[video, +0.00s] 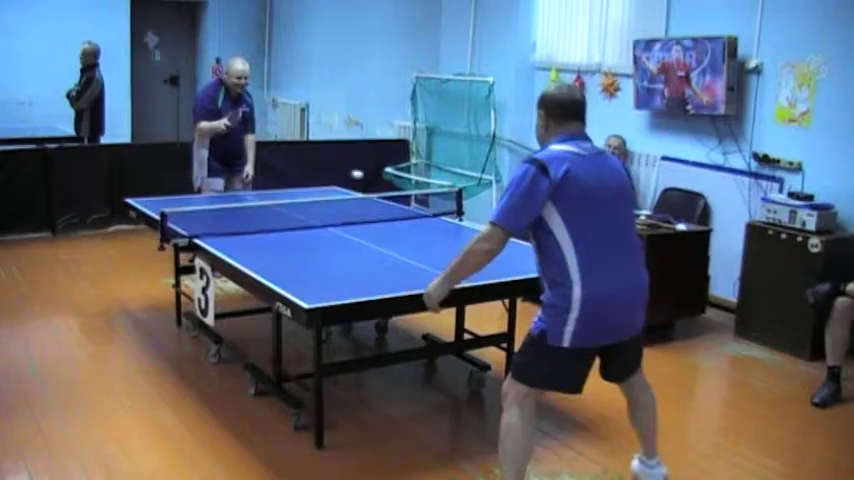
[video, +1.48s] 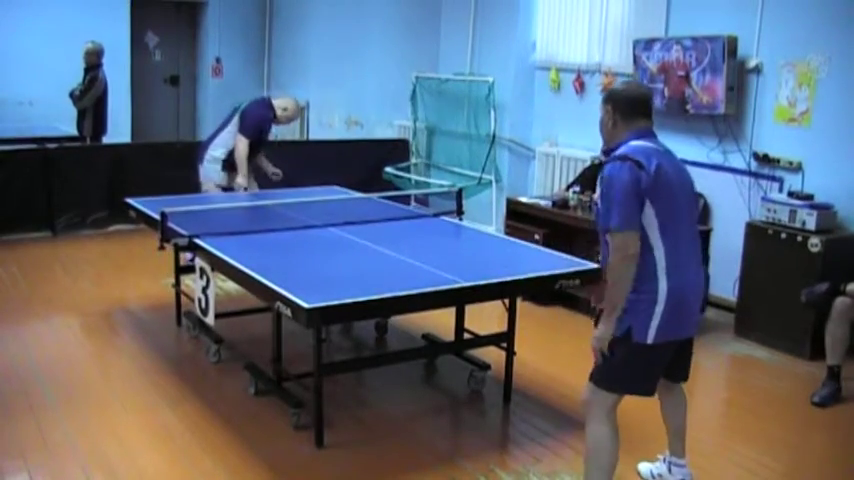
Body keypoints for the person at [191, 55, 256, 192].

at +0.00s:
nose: (242, 83)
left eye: (245, 78)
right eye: (238, 78)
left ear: (248, 78)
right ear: (225, 76)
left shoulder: (246, 98)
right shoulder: (209, 94)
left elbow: (249, 134)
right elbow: (200, 127)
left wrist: (250, 164)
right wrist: (219, 125)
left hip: (238, 158)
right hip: (214, 158)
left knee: (238, 207)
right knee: (211, 207)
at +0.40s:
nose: (238, 87)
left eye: (241, 82)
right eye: (233, 83)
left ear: (246, 82)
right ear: (224, 83)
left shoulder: (254, 103)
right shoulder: (210, 103)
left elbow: (266, 137)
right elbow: (202, 134)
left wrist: (266, 169)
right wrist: (214, 152)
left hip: (243, 167)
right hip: (210, 167)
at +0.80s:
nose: (232, 101)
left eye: (234, 96)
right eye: (227, 96)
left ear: (236, 96)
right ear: (214, 95)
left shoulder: (236, 111)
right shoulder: (199, 117)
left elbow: (250, 136)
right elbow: (198, 152)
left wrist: (271, 154)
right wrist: (230, 169)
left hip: (225, 168)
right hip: (196, 169)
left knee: (248, 203)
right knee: (187, 207)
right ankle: (174, 253)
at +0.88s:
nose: (245, 102)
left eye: (247, 98)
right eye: (242, 97)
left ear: (243, 96)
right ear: (228, 94)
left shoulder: (238, 111)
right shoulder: (209, 113)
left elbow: (252, 131)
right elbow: (207, 149)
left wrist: (282, 138)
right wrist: (236, 165)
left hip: (221, 166)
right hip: (194, 166)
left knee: (247, 199)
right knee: (189, 206)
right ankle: (171, 254)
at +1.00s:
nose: (261, 106)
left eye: (262, 103)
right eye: (260, 102)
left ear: (251, 97)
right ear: (250, 97)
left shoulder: (243, 111)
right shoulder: (228, 112)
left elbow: (240, 133)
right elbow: (220, 149)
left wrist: (260, 132)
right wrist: (242, 172)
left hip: (223, 164)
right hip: (199, 164)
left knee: (240, 205)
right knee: (190, 207)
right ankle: (167, 253)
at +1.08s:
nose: (272, 111)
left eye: (274, 107)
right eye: (272, 106)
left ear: (261, 97)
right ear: (265, 102)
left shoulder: (245, 109)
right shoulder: (240, 114)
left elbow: (245, 136)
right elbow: (229, 149)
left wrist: (260, 145)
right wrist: (242, 177)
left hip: (219, 166)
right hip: (201, 166)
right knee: (193, 209)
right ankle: (167, 253)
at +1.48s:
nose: (285, 123)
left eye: (289, 121)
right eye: (288, 119)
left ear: (283, 108)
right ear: (283, 110)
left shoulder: (266, 115)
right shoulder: (259, 111)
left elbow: (255, 150)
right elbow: (241, 143)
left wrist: (269, 169)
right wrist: (242, 176)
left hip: (235, 161)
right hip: (215, 161)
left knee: (253, 199)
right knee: (216, 205)